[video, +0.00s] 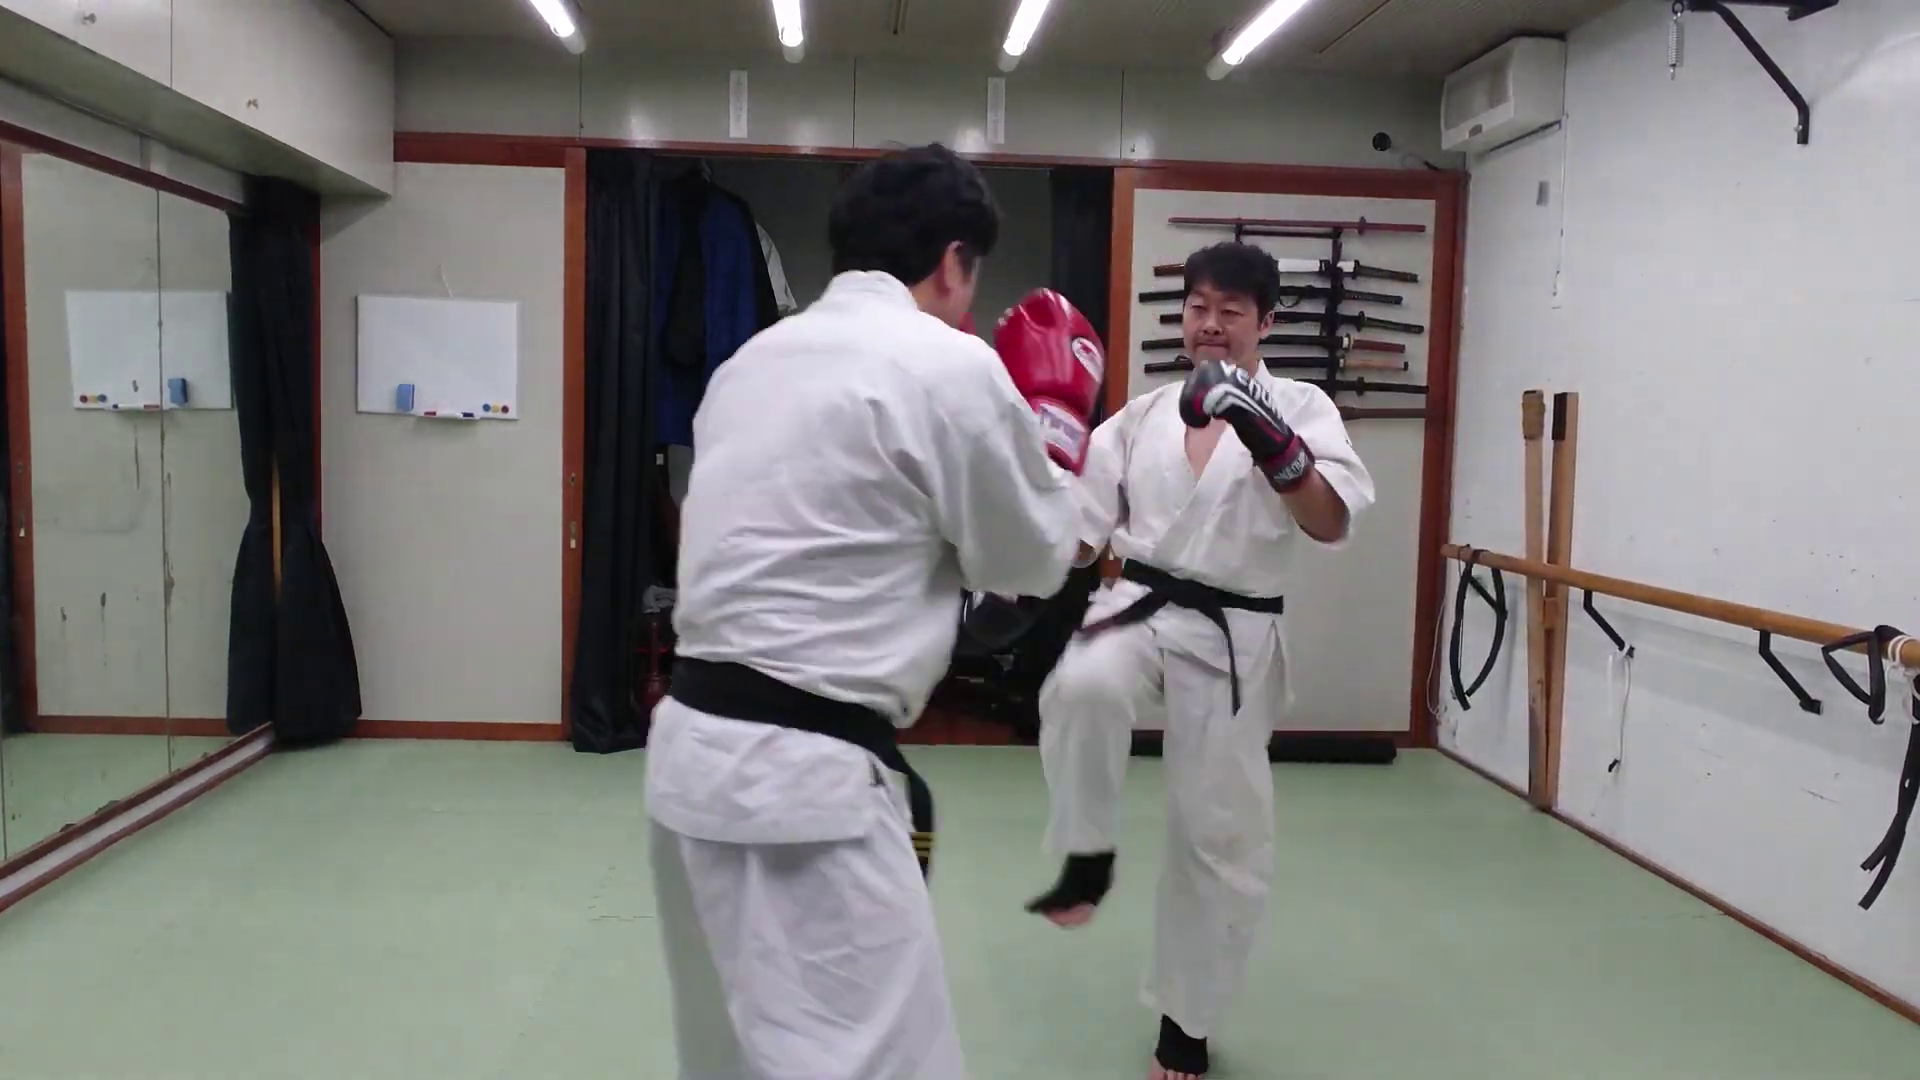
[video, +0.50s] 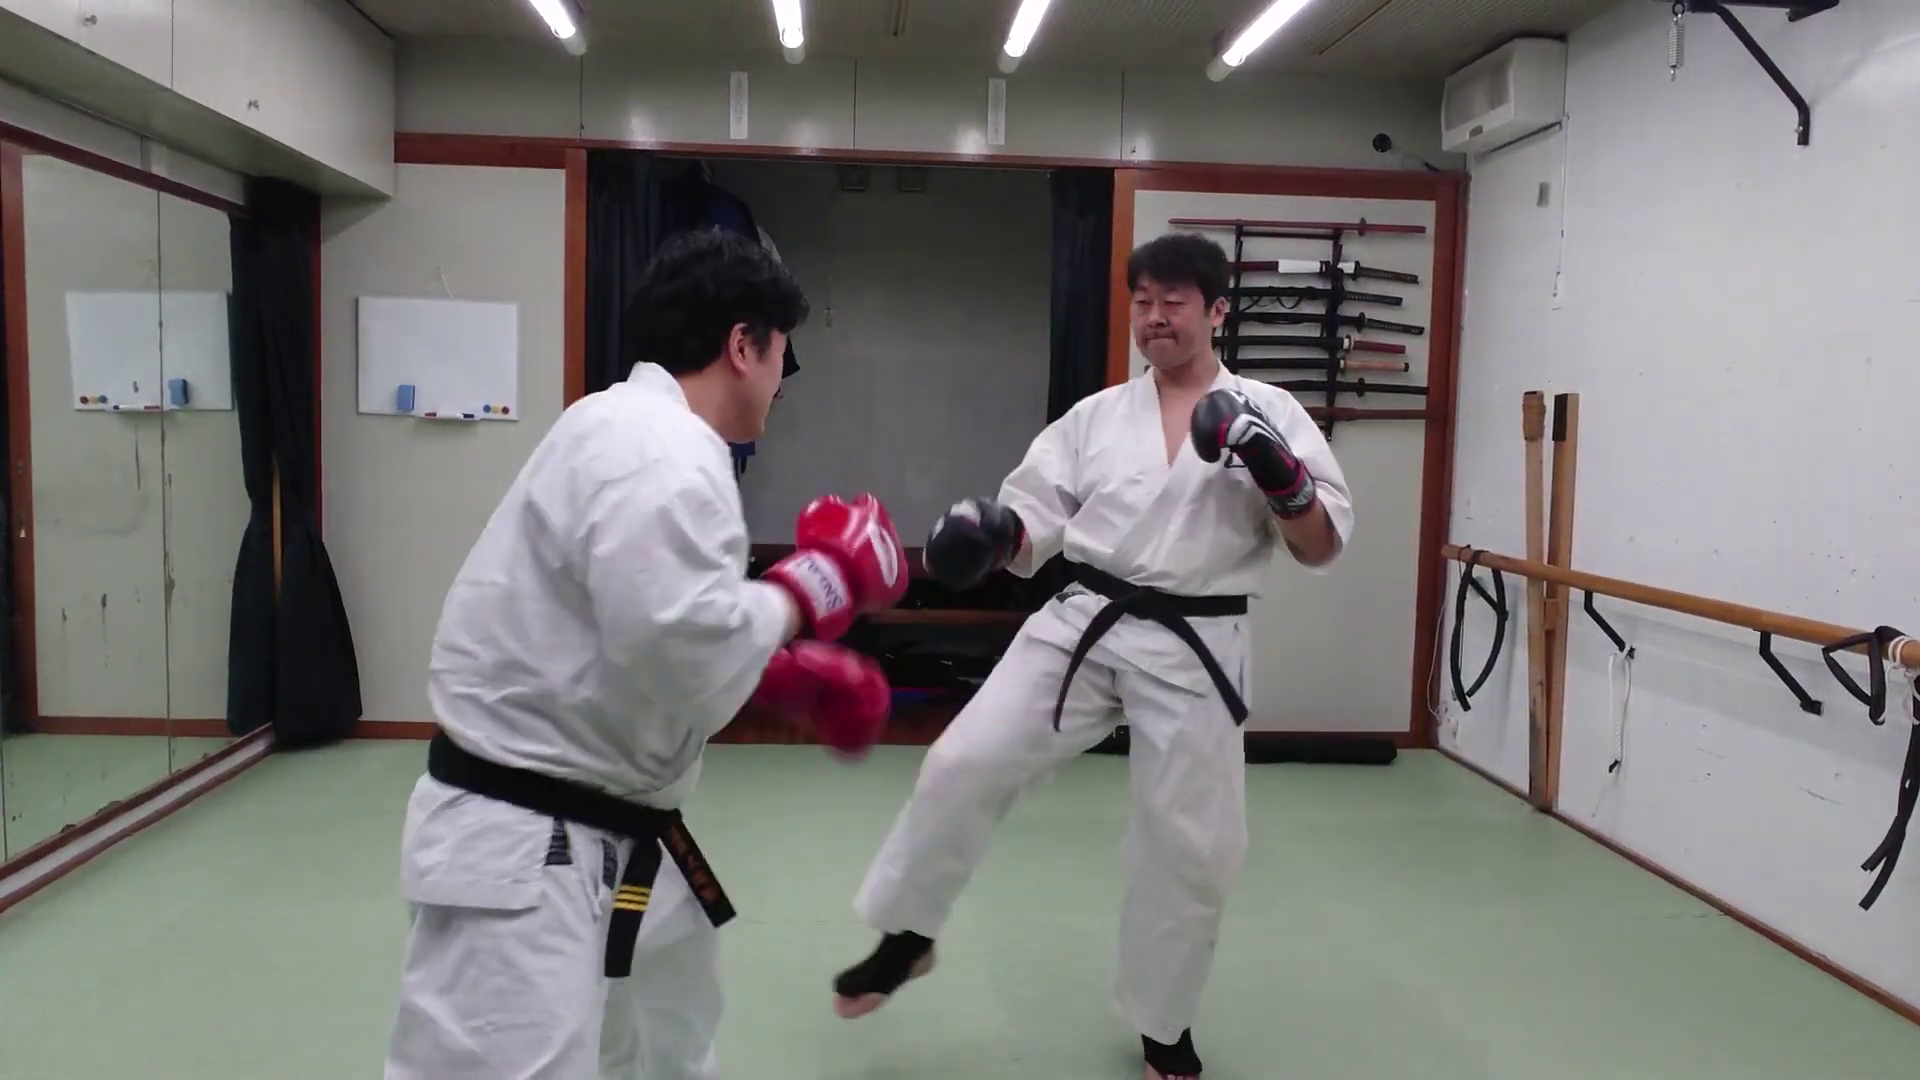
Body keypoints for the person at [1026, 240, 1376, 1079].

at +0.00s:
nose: (1209, 325)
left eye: (1230, 312)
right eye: (1198, 310)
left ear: (1266, 321)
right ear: (1181, 317)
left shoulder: (1301, 409)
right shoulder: (1145, 413)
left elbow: (1331, 524)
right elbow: (1079, 510)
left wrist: (1272, 442)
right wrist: (1040, 440)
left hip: (1231, 627)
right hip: (1137, 604)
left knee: (1215, 833)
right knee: (1082, 684)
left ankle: (1187, 1026)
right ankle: (1085, 857)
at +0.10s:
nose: (1201, 346)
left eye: (1221, 334)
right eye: (1192, 332)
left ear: (1263, 345)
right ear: (1181, 340)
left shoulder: (1303, 436)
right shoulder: (1148, 431)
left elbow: (1320, 522)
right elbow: (1063, 501)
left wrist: (1268, 422)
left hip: (1219, 645)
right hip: (1129, 602)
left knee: (1211, 829)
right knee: (1084, 554)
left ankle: (1173, 1020)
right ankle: (988, 732)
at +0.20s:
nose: (1197, 370)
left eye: (1217, 357)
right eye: (1189, 354)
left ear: (1259, 365)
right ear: (1177, 360)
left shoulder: (1289, 458)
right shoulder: (1130, 446)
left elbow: (1331, 555)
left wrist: (1291, 455)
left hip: (1223, 656)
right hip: (1128, 604)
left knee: (1214, 844)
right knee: (1032, 590)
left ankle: (1162, 1019)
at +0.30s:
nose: (1196, 361)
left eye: (1215, 347)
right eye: (1186, 345)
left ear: (1250, 360)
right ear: (1171, 353)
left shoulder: (1284, 455)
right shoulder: (1125, 444)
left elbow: (1343, 575)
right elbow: (1038, 548)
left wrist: (1308, 488)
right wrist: (1007, 636)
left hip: (1218, 652)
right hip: (1119, 605)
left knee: (1211, 853)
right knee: (1010, 623)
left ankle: (1161, 1025)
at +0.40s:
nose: (1180, 342)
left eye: (1199, 327)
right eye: (1168, 326)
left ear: (1235, 335)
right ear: (1156, 335)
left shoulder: (1282, 437)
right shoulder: (1116, 428)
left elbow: (1331, 564)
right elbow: (1039, 527)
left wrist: (1297, 486)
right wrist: (992, 571)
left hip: (1205, 642)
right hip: (1093, 612)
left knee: (1206, 845)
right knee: (965, 688)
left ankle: (1161, 1028)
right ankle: (845, 876)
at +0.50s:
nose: (1153, 319)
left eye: (1173, 304)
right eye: (1143, 303)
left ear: (1216, 312)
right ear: (1131, 311)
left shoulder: (1267, 415)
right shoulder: (1099, 415)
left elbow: (1322, 548)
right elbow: (1029, 521)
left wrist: (1279, 477)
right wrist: (984, 535)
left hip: (1197, 641)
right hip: (1080, 618)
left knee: (1197, 848)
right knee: (965, 762)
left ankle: (1164, 1029)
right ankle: (904, 937)